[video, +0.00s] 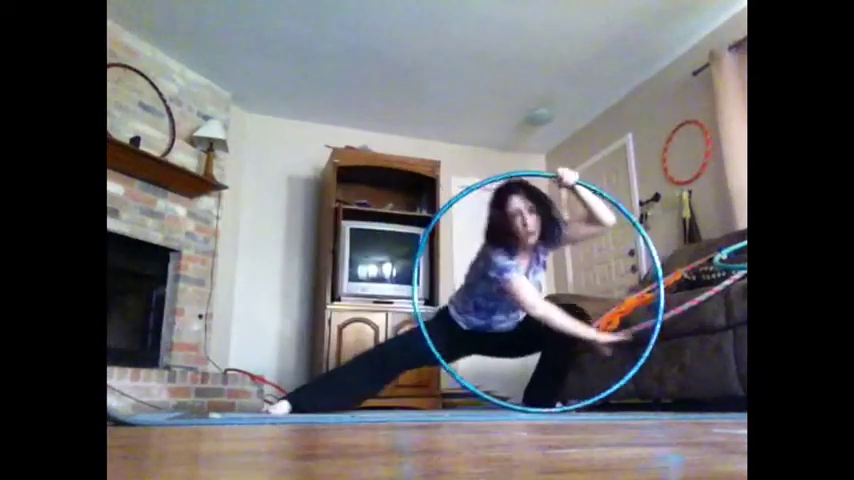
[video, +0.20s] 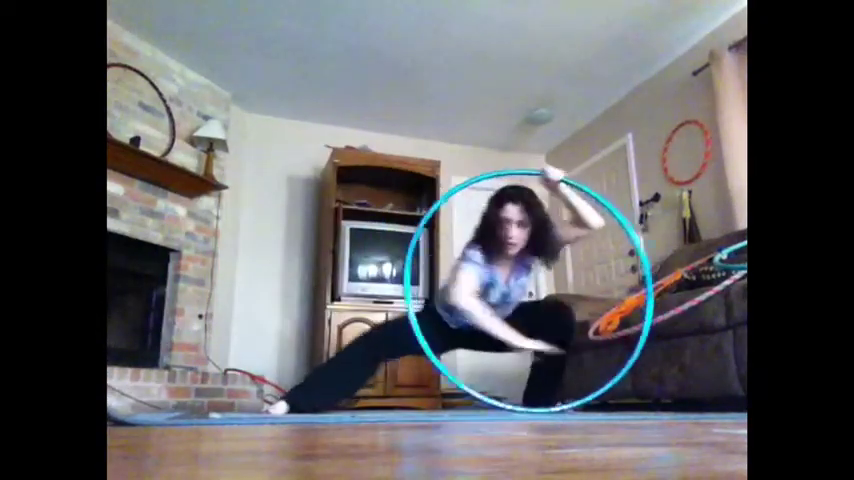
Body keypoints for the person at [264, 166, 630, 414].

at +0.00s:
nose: (523, 222)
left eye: (528, 213)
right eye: (513, 217)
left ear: (542, 214)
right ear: (503, 224)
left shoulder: (547, 240)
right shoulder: (498, 258)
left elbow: (604, 222)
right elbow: (536, 307)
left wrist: (575, 186)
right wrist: (594, 336)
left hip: (504, 331)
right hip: (455, 330)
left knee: (568, 326)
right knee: (385, 359)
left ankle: (534, 411)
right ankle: (294, 405)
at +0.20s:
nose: (513, 233)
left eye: (521, 225)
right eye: (505, 224)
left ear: (533, 229)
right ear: (493, 225)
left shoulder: (537, 247)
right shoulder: (478, 254)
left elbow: (593, 225)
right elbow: (462, 300)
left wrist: (561, 187)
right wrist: (521, 342)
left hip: (493, 324)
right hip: (445, 322)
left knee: (558, 317)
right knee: (373, 344)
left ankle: (538, 413)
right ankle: (291, 405)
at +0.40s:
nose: (462, 225)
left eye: (472, 219)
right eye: (457, 216)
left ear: (486, 223)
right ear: (445, 214)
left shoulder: (485, 248)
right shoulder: (424, 240)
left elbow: (540, 213)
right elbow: (379, 265)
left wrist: (495, 176)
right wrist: (415, 318)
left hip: (461, 317)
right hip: (408, 313)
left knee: (530, 317)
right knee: (353, 316)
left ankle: (541, 405)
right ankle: (292, 404)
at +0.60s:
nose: (399, 211)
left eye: (405, 206)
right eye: (393, 205)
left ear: (416, 209)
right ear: (382, 206)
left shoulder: (428, 235)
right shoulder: (365, 230)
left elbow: (455, 201)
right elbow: (310, 249)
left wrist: (399, 173)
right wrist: (321, 291)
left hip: (426, 308)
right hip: (375, 303)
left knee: (493, 324)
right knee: (318, 310)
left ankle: (541, 403)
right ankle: (296, 402)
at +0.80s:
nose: (337, 186)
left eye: (350, 179)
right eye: (333, 179)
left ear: (365, 179)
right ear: (326, 183)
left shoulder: (385, 200)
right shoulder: (315, 217)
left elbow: (405, 191)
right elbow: (276, 256)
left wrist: (344, 181)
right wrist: (265, 291)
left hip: (394, 293)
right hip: (343, 291)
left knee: (466, 339)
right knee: (301, 302)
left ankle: (539, 404)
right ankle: (295, 402)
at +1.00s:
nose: (282, 187)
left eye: (285, 176)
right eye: (275, 183)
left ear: (305, 166)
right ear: (272, 188)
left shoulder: (343, 174)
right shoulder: (288, 225)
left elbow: (401, 159)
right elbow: (264, 280)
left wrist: (354, 174)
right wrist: (300, 300)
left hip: (391, 275)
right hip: (343, 282)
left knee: (455, 336)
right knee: (291, 303)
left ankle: (535, 404)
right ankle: (294, 402)